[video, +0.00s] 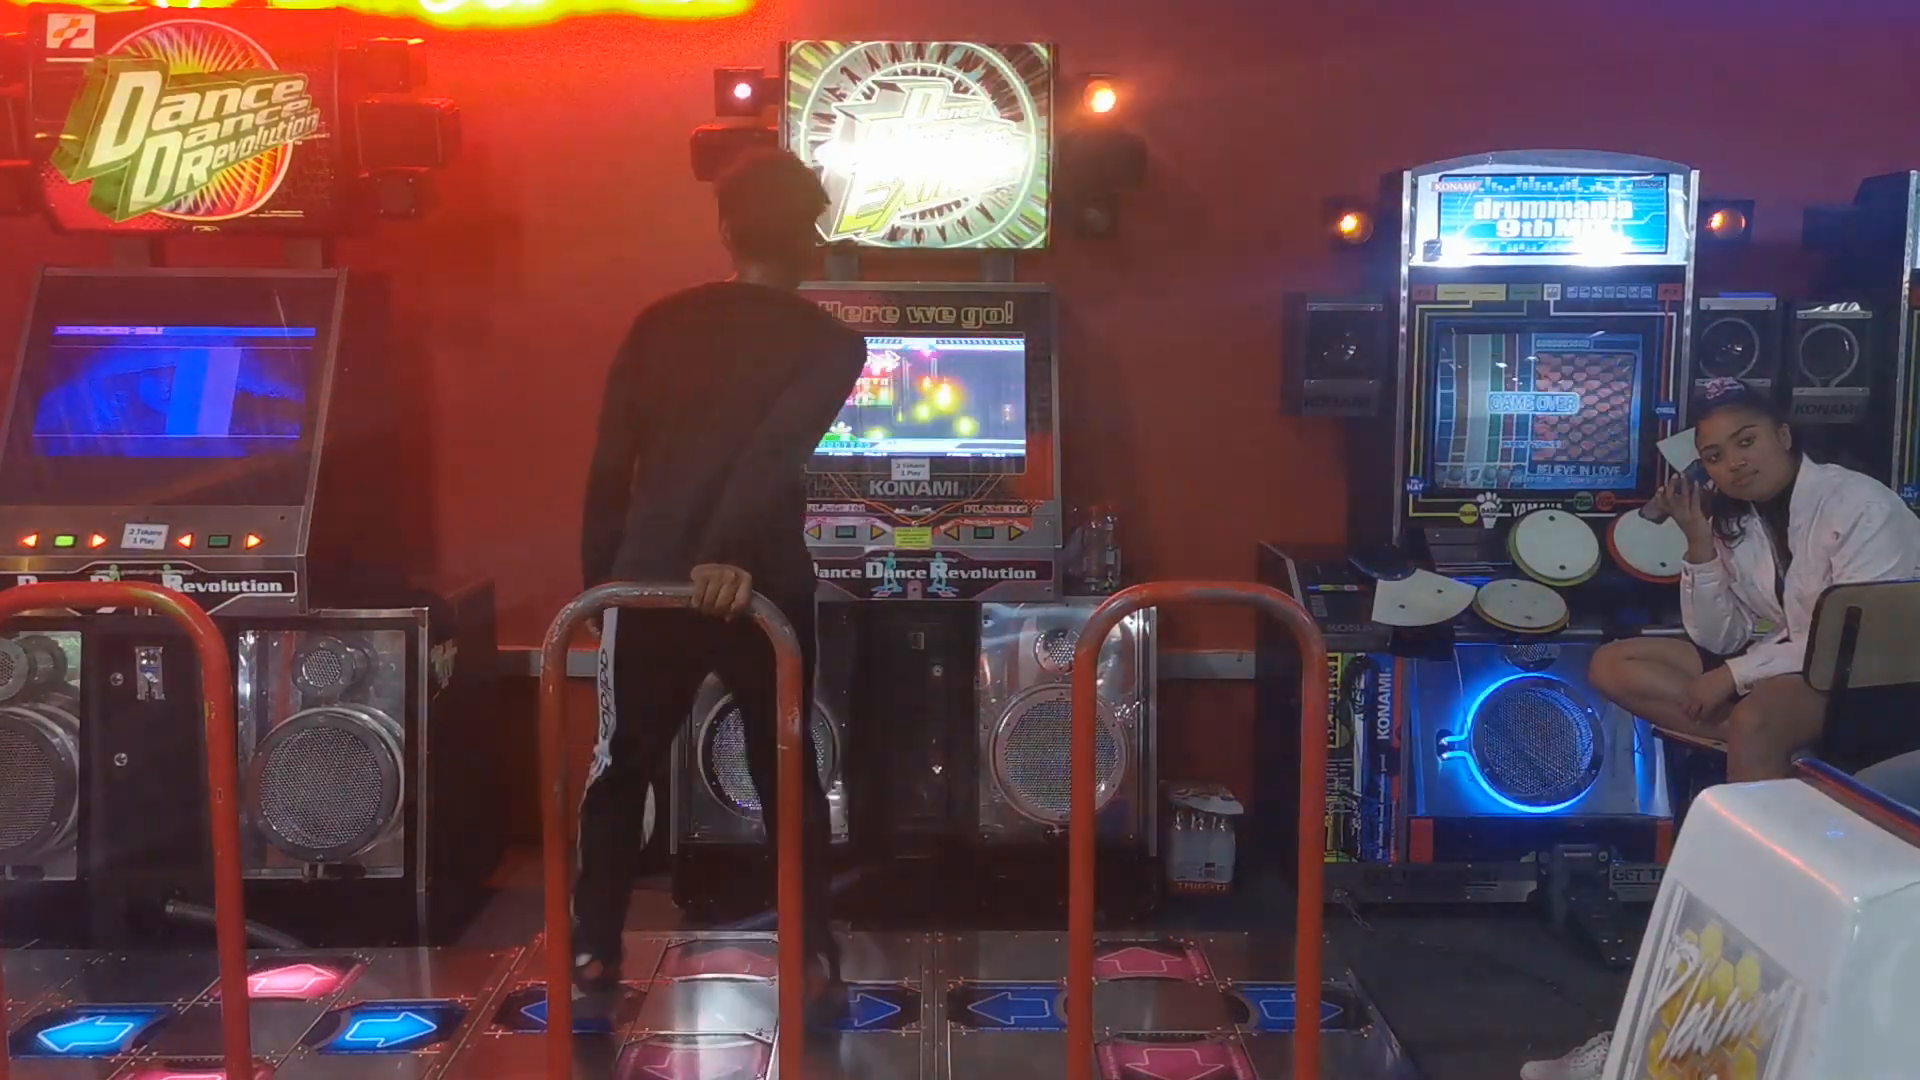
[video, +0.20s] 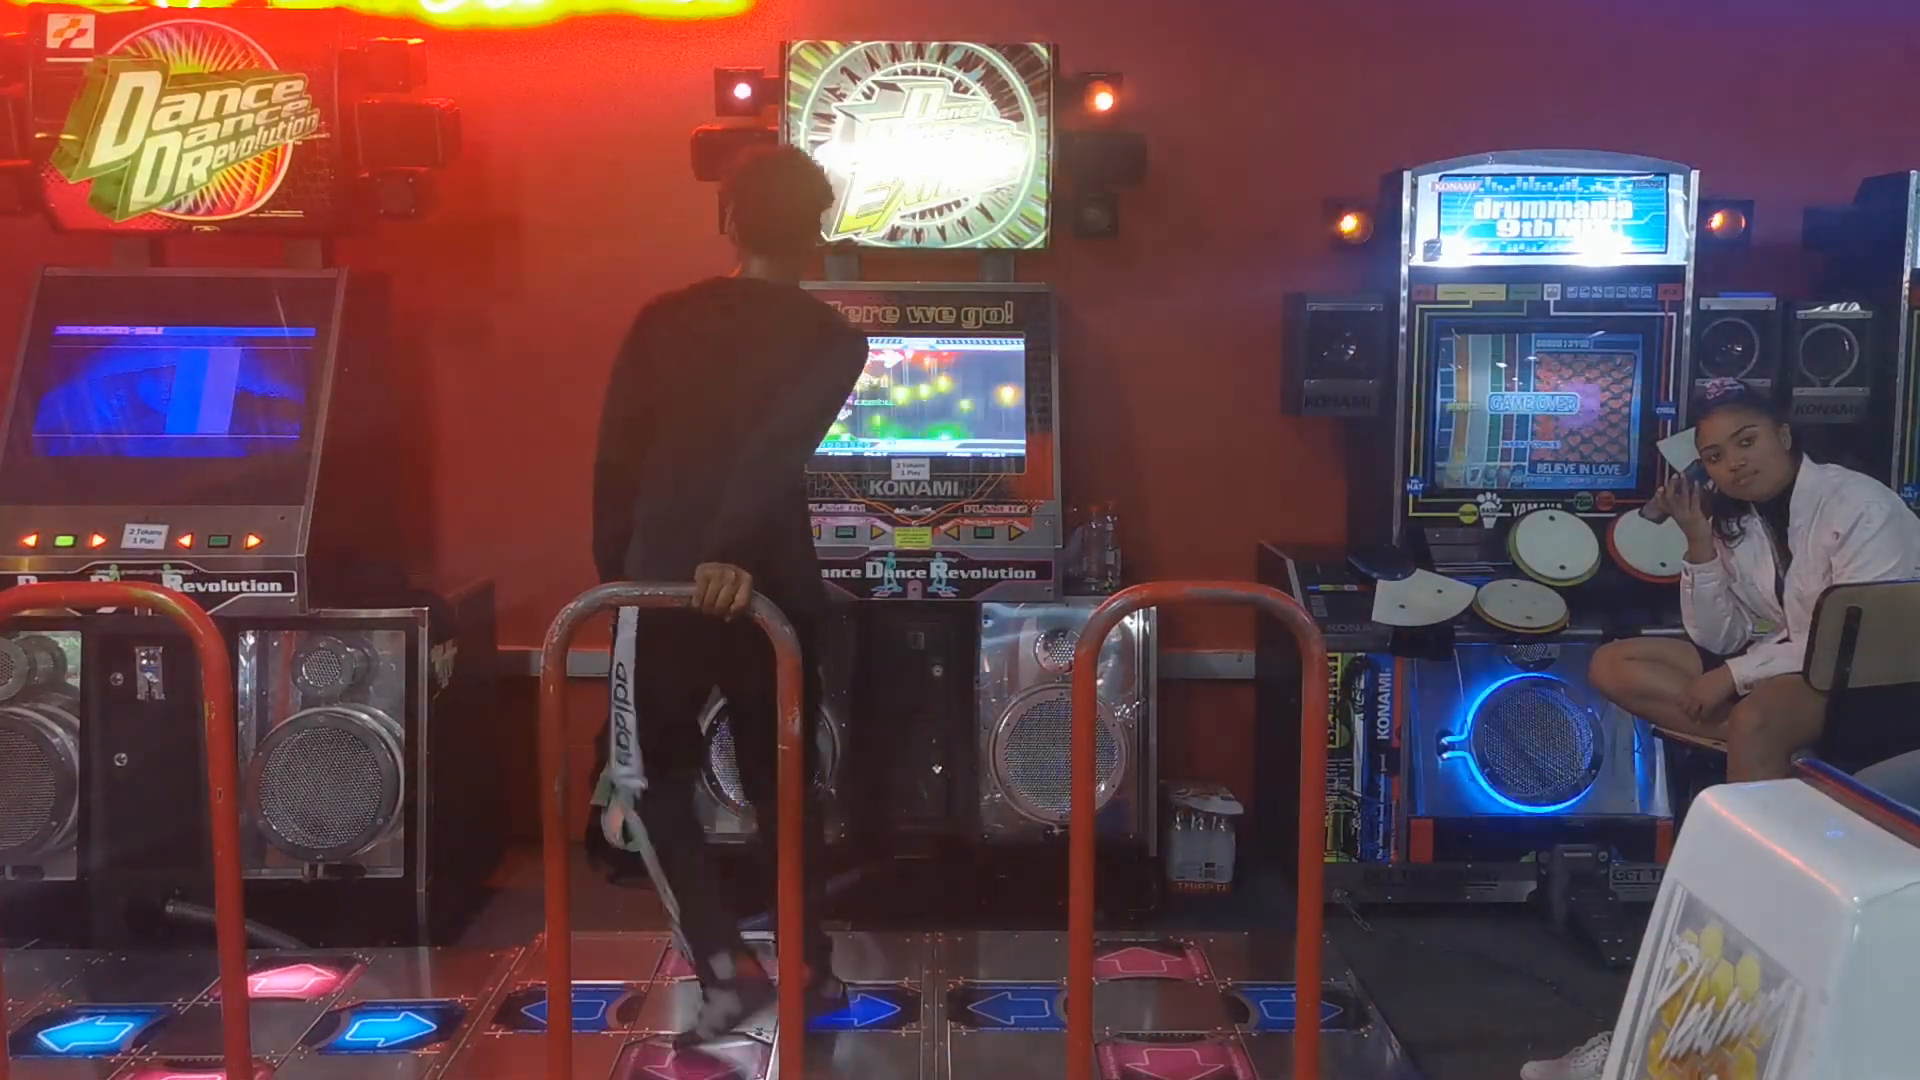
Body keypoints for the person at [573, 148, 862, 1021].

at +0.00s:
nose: (820, 242)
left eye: (811, 227)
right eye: (815, 229)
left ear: (733, 235)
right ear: (805, 237)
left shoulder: (660, 320)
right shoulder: (828, 341)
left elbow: (610, 459)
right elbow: (777, 444)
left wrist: (599, 575)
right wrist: (729, 547)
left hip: (648, 580)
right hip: (758, 582)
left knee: (623, 766)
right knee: (789, 777)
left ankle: (591, 962)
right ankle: (810, 972)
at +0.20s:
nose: (823, 238)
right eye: (821, 225)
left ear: (734, 227)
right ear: (815, 231)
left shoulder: (664, 317)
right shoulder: (831, 335)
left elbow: (618, 448)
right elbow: (781, 442)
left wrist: (616, 561)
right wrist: (731, 546)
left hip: (664, 578)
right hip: (769, 577)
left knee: (666, 777)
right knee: (783, 775)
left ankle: (721, 970)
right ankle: (803, 972)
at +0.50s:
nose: (774, 275)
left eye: (768, 261)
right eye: (780, 261)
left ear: (726, 268)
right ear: (804, 272)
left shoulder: (658, 350)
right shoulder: (821, 362)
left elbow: (605, 483)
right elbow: (771, 459)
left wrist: (646, 566)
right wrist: (732, 550)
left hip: (644, 596)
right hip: (745, 591)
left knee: (593, 749)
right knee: (716, 753)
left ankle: (629, 909)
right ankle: (738, 941)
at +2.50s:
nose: (786, 264)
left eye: (781, 249)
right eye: (785, 250)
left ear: (699, 258)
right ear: (774, 258)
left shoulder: (640, 347)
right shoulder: (764, 338)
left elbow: (602, 496)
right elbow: (711, 435)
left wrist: (614, 602)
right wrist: (717, 547)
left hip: (631, 603)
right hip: (723, 598)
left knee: (643, 786)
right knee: (825, 762)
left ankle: (599, 971)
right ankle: (809, 957)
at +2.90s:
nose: (820, 256)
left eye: (813, 242)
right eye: (819, 243)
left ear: (734, 249)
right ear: (811, 249)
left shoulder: (672, 343)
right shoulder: (822, 344)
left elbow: (642, 480)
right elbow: (773, 438)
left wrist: (668, 568)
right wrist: (734, 544)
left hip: (674, 591)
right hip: (781, 587)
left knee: (670, 769)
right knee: (819, 773)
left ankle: (699, 963)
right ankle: (832, 973)